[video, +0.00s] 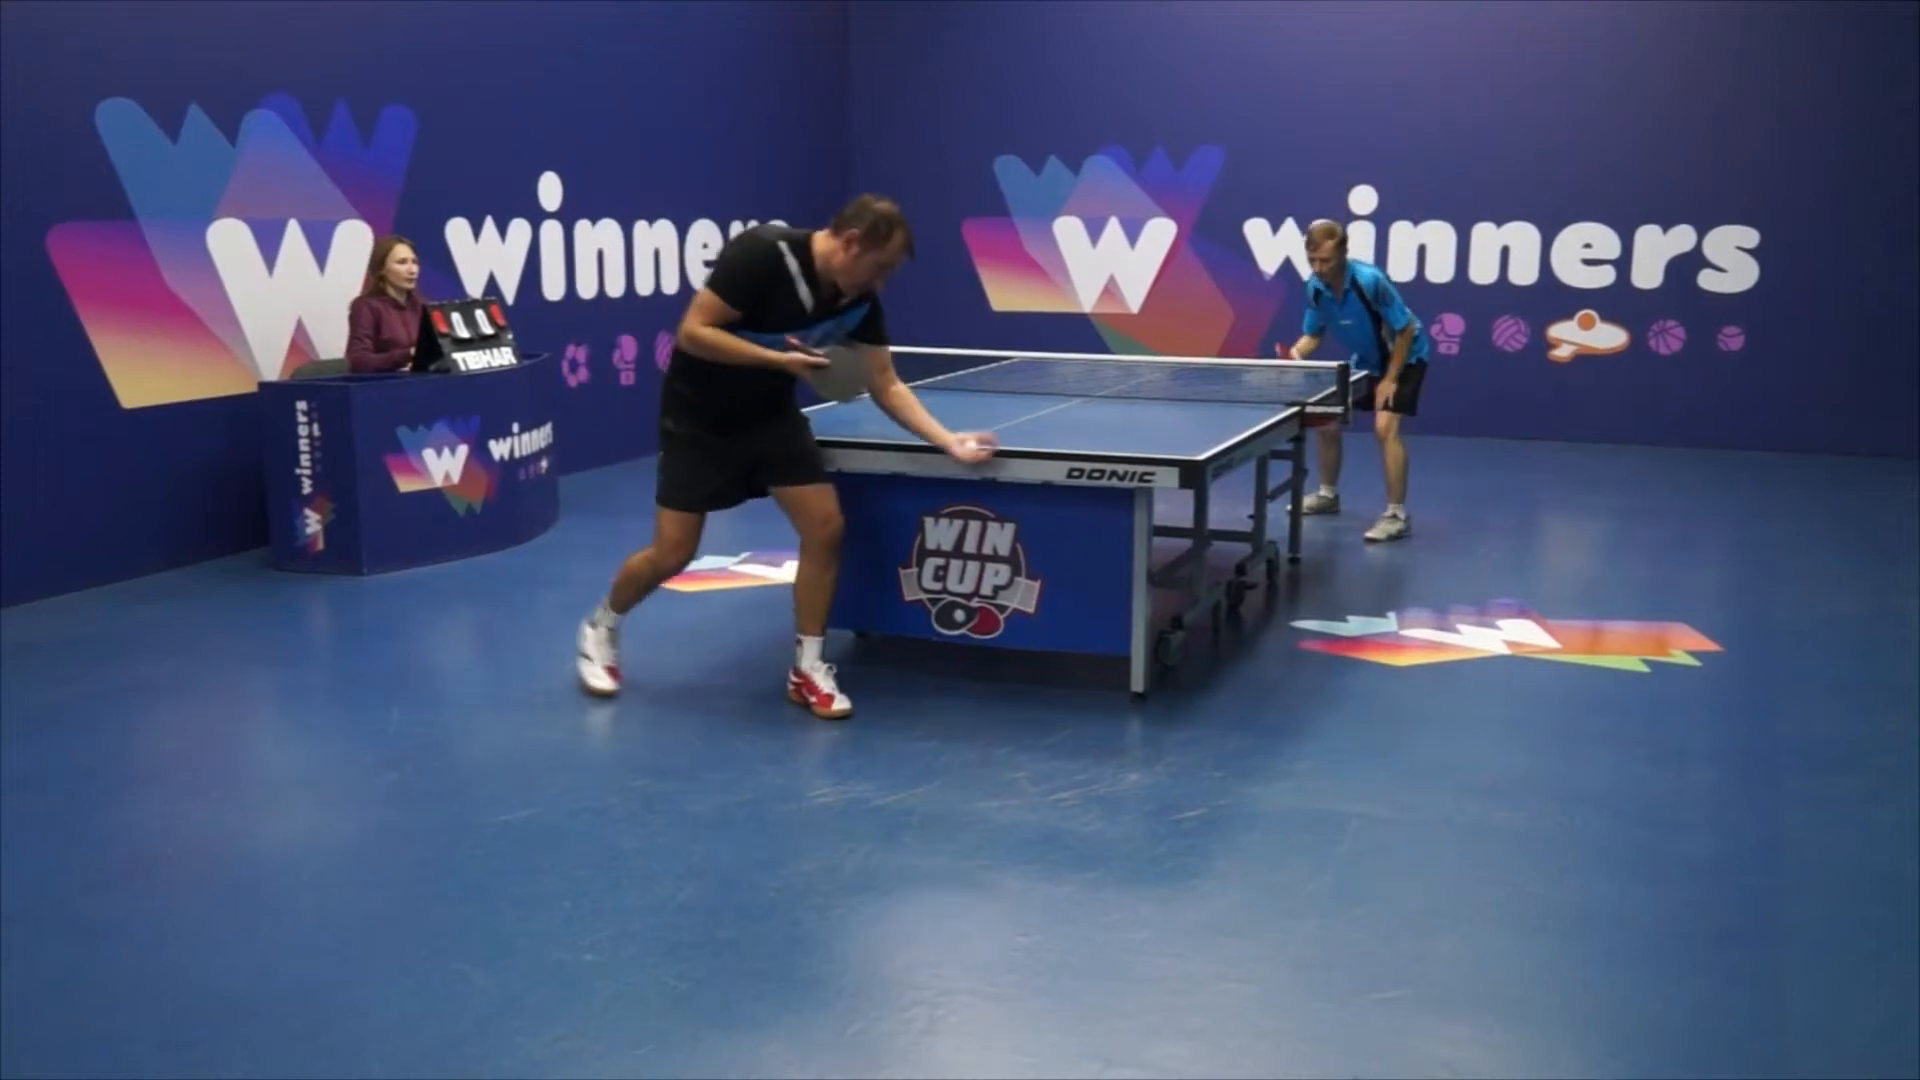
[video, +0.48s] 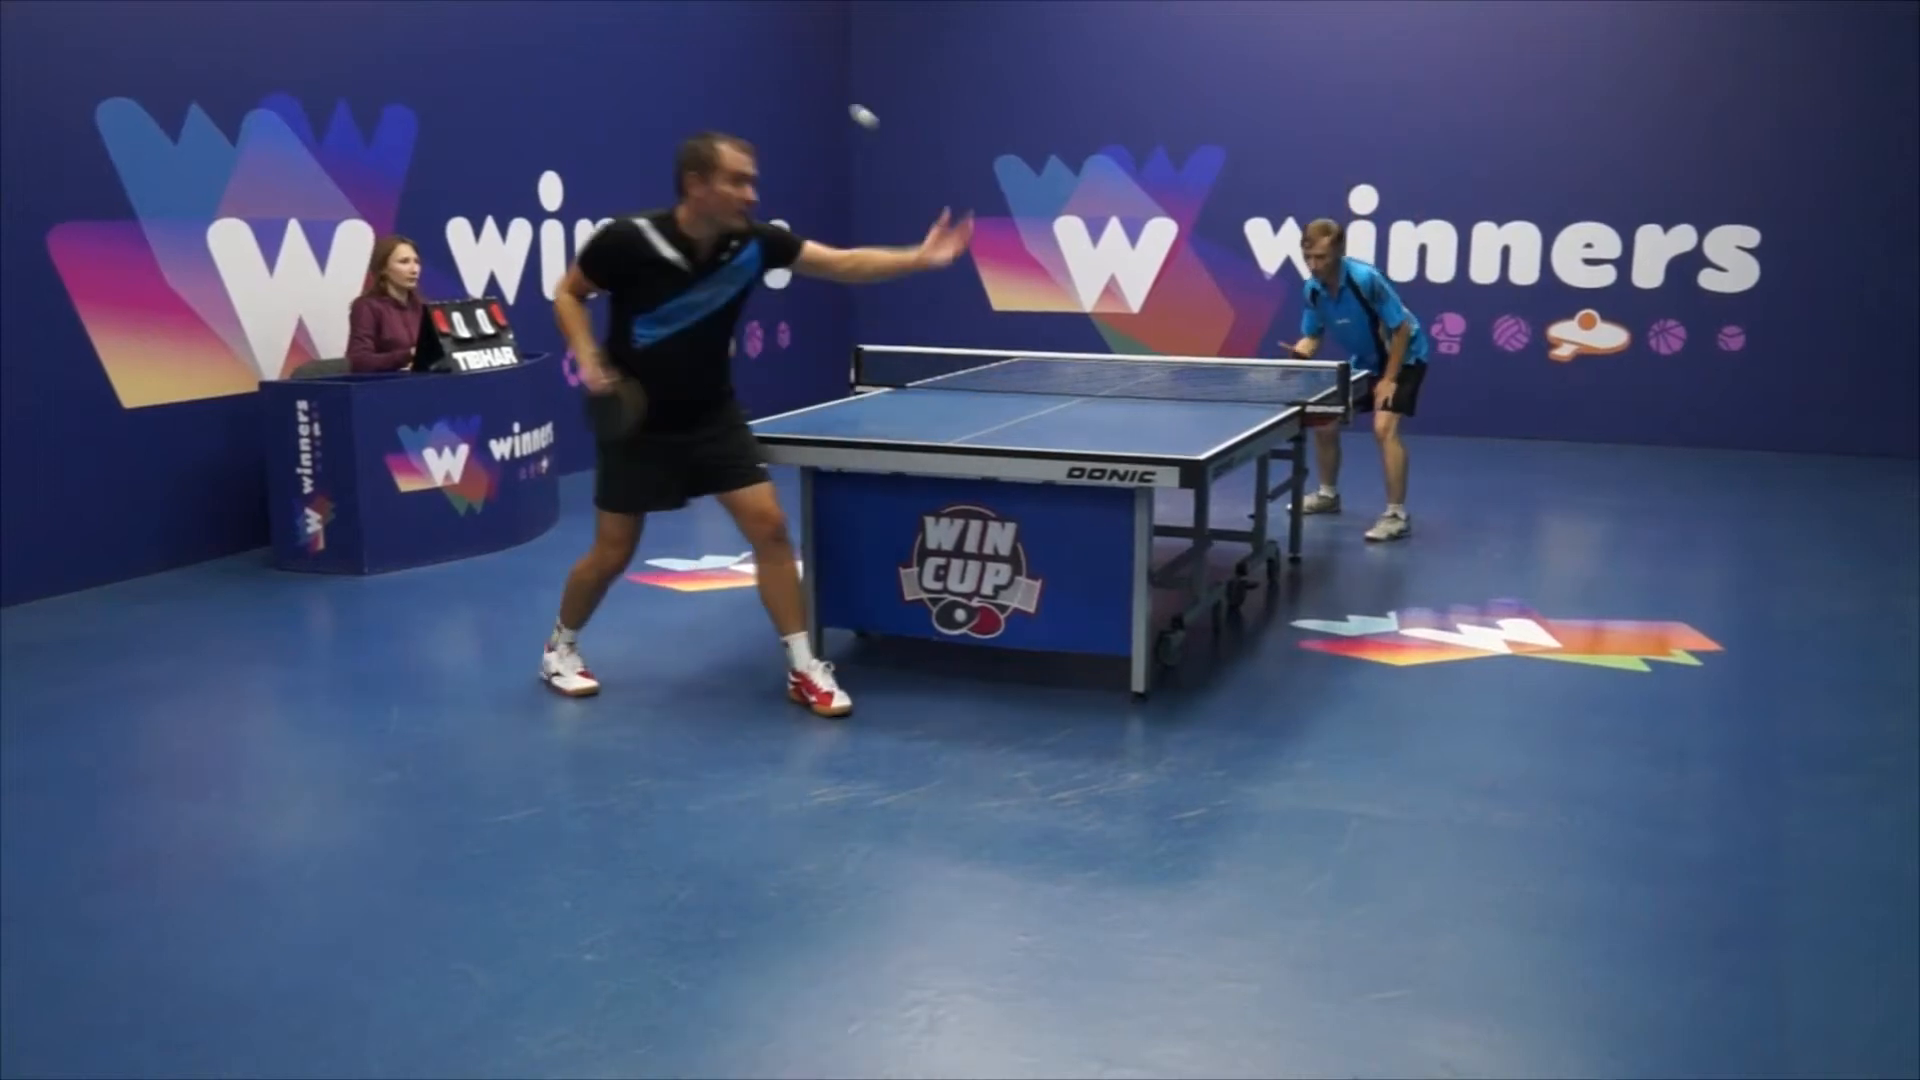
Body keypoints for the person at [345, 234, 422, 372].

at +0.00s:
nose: (412, 270)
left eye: (414, 262)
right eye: (402, 262)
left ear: (418, 265)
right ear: (381, 269)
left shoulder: (419, 307)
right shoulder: (365, 307)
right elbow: (359, 362)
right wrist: (409, 354)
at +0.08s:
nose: (413, 270)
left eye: (415, 262)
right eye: (402, 262)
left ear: (419, 265)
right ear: (381, 270)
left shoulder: (419, 307)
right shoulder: (366, 307)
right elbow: (359, 362)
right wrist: (408, 355)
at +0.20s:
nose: (413, 270)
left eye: (415, 262)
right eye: (403, 262)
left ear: (419, 265)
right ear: (381, 270)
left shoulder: (419, 308)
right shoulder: (366, 307)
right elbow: (359, 362)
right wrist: (409, 355)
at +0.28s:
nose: (413, 270)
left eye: (415, 262)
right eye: (403, 262)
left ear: (419, 265)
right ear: (382, 269)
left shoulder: (420, 308)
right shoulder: (366, 307)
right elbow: (359, 362)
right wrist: (409, 355)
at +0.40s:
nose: (414, 269)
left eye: (416, 262)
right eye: (404, 262)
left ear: (420, 265)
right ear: (382, 269)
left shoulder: (420, 308)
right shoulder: (366, 307)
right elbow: (359, 362)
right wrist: (409, 355)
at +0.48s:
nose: (414, 269)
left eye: (416, 262)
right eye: (404, 262)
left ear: (420, 264)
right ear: (383, 269)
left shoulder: (420, 307)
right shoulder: (366, 307)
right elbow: (359, 362)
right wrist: (409, 355)